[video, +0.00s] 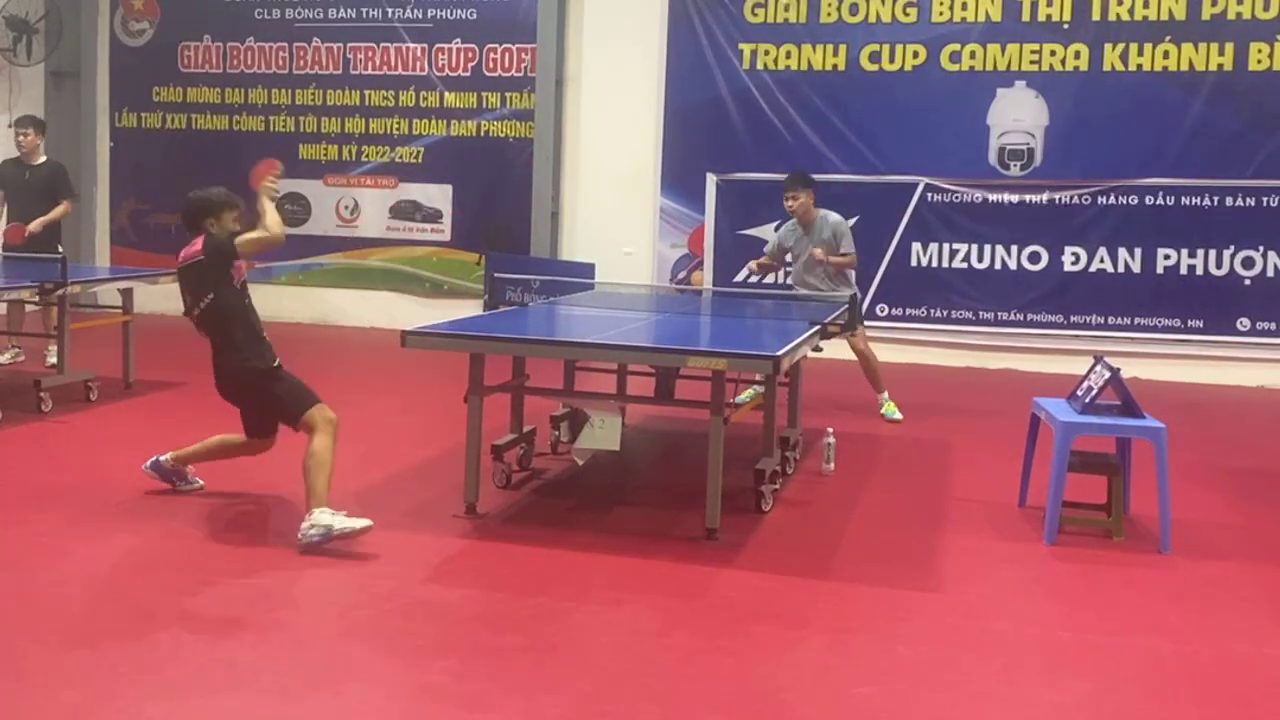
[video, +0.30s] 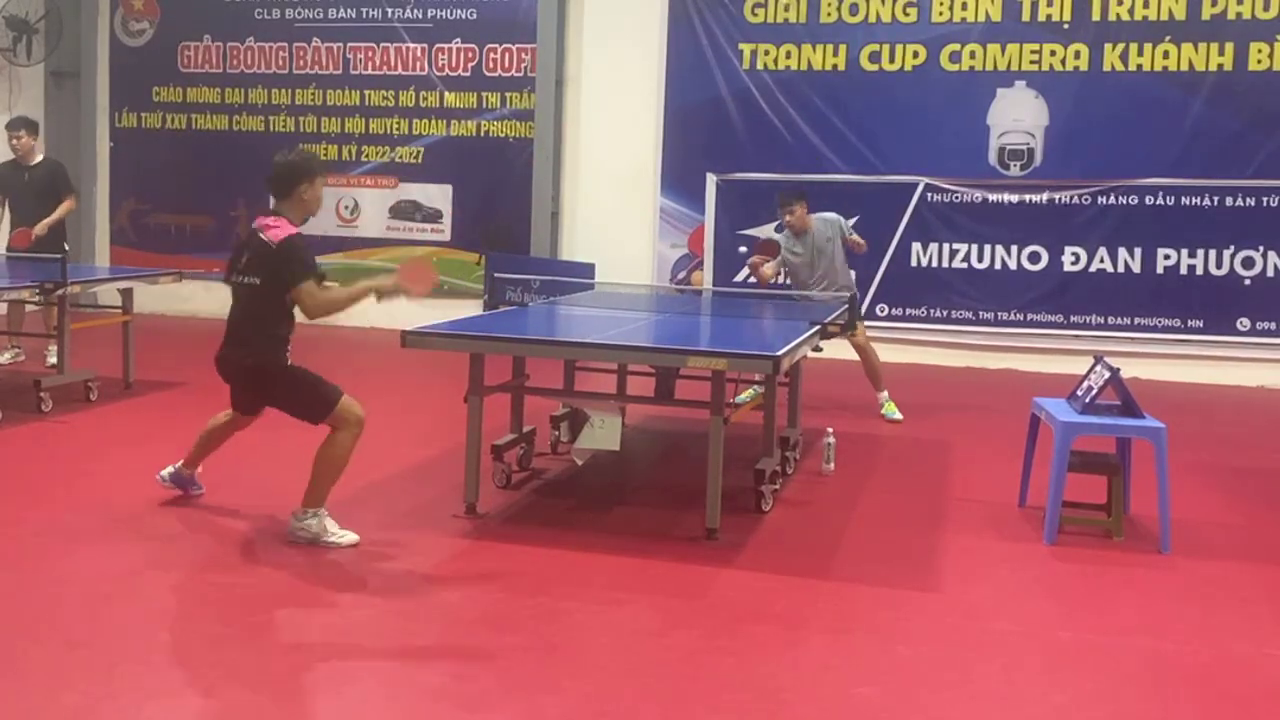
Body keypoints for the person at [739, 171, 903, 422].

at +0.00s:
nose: (789, 205)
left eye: (795, 198)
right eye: (786, 199)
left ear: (811, 197)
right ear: (784, 201)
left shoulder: (835, 223)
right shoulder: (787, 231)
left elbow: (851, 261)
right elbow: (773, 261)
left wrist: (827, 259)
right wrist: (760, 265)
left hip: (840, 300)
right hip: (802, 300)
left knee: (860, 346)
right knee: (772, 335)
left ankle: (884, 399)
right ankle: (761, 386)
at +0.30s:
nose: (786, 220)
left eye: (791, 213)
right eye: (783, 215)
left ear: (805, 209)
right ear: (780, 215)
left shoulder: (832, 222)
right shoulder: (782, 242)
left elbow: (860, 248)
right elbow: (766, 278)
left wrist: (858, 245)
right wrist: (755, 268)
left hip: (842, 299)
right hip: (805, 304)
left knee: (860, 342)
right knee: (780, 339)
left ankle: (884, 399)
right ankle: (763, 387)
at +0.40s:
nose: (785, 201)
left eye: (790, 195)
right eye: (781, 196)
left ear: (803, 192)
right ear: (777, 198)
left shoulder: (826, 211)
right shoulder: (777, 228)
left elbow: (852, 235)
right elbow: (764, 263)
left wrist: (855, 230)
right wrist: (754, 253)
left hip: (831, 295)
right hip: (793, 298)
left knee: (853, 339)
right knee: (770, 338)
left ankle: (882, 395)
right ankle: (761, 386)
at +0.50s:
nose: (787, 189)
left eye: (792, 183)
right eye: (783, 184)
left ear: (804, 183)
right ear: (779, 187)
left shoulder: (825, 206)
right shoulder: (775, 215)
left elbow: (845, 232)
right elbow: (760, 254)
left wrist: (852, 233)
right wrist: (753, 248)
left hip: (824, 290)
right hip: (786, 290)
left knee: (845, 337)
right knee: (770, 336)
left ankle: (859, 392)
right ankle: (763, 386)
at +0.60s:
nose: (790, 183)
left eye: (795, 177)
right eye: (786, 178)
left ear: (807, 179)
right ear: (782, 181)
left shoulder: (828, 206)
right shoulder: (774, 212)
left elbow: (844, 232)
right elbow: (755, 251)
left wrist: (848, 243)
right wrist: (753, 245)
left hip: (821, 287)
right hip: (781, 286)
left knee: (834, 336)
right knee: (761, 329)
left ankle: (840, 387)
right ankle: (758, 385)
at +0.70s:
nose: (790, 183)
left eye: (796, 178)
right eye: (786, 179)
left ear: (807, 179)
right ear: (782, 182)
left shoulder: (828, 208)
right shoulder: (775, 213)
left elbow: (842, 238)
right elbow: (758, 244)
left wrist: (840, 247)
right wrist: (750, 247)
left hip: (819, 287)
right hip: (781, 284)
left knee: (830, 335)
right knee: (753, 324)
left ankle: (839, 387)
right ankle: (745, 382)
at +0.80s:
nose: (786, 187)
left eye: (792, 181)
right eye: (782, 183)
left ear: (803, 182)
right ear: (777, 185)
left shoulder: (824, 210)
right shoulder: (771, 215)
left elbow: (837, 244)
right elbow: (757, 247)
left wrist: (830, 247)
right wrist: (748, 249)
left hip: (817, 286)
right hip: (779, 284)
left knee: (830, 334)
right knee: (744, 321)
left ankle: (838, 387)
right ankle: (727, 380)